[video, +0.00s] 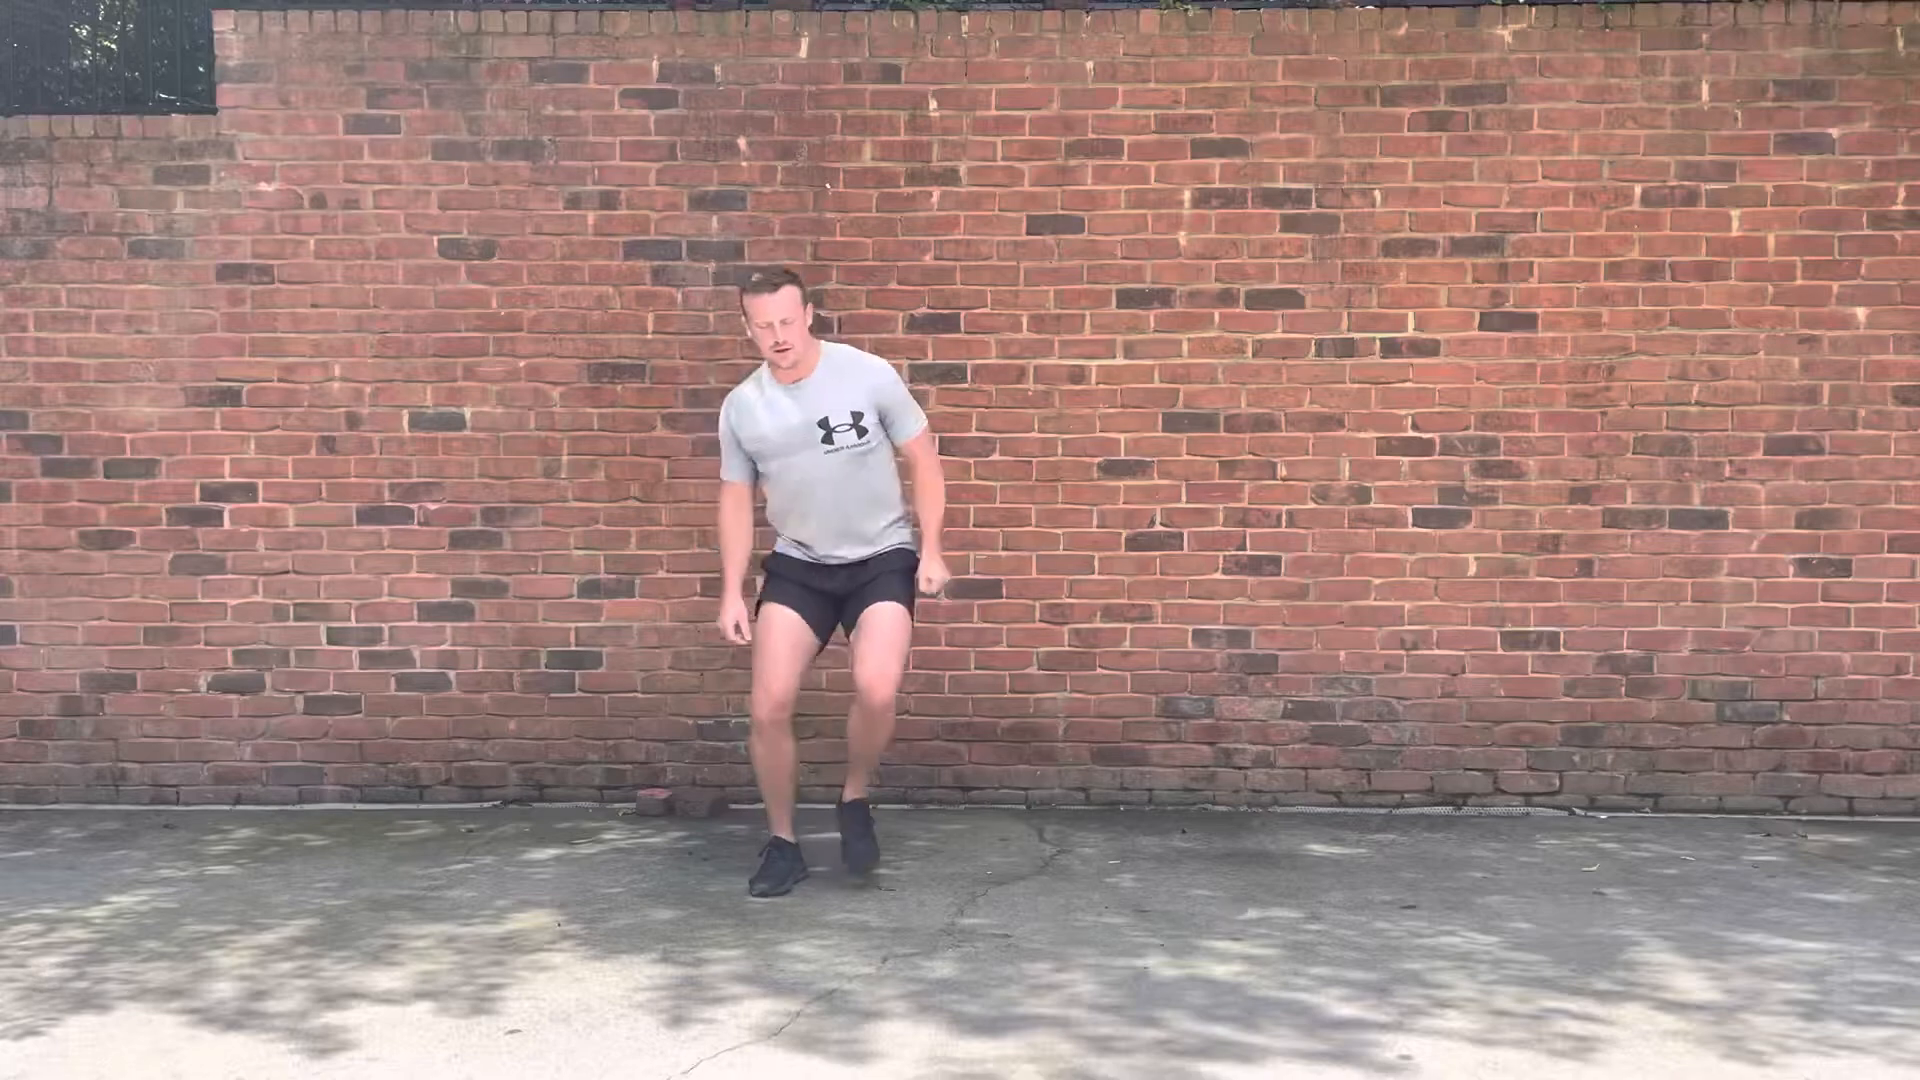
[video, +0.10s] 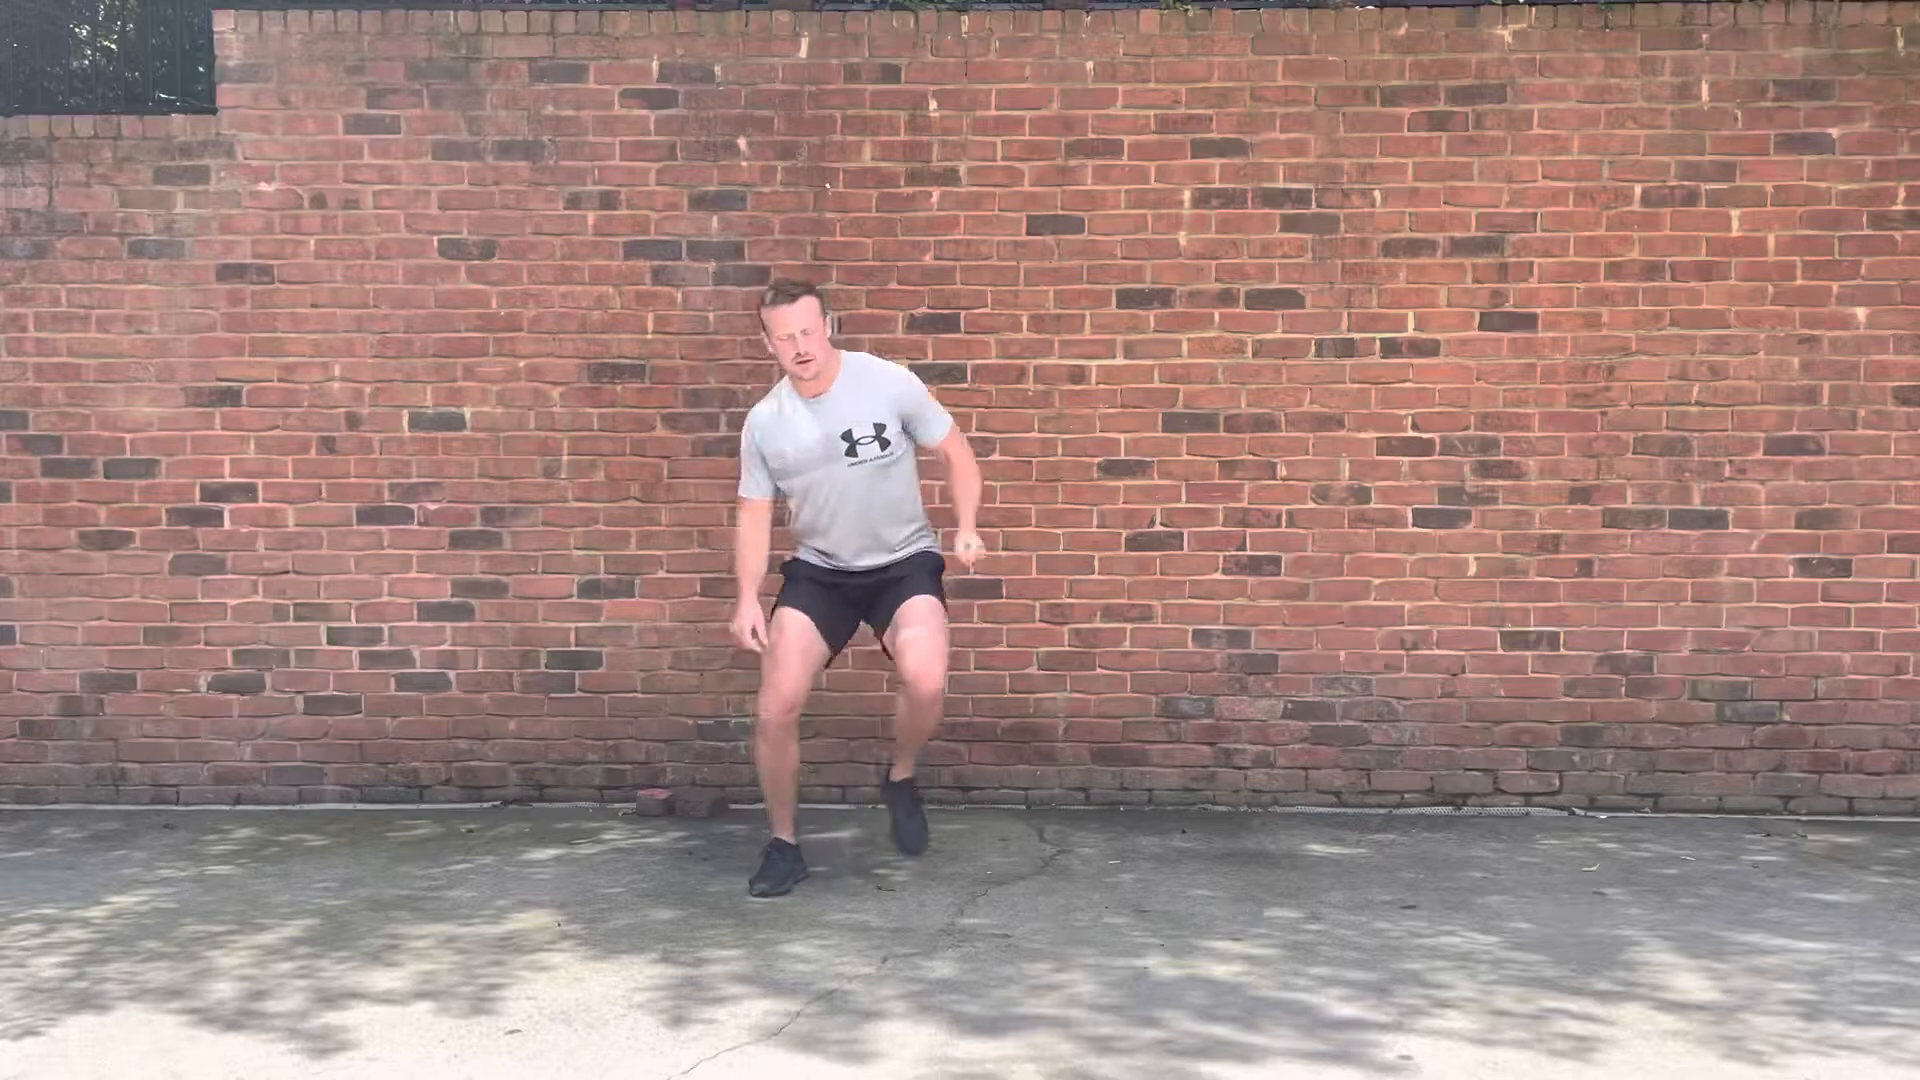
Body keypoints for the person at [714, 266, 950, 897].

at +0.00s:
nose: (776, 337)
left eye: (785, 323)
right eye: (762, 327)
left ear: (809, 316)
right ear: (749, 331)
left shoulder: (870, 376)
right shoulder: (742, 409)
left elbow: (922, 457)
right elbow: (737, 499)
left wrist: (932, 549)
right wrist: (732, 590)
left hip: (883, 558)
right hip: (798, 563)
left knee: (878, 692)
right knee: (768, 704)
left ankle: (856, 799)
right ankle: (782, 842)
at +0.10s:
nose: (798, 348)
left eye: (806, 333)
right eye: (784, 338)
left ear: (829, 328)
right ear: (770, 346)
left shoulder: (890, 383)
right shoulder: (764, 423)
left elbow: (955, 450)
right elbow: (754, 515)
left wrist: (966, 527)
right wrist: (747, 598)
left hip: (905, 562)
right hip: (820, 570)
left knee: (928, 683)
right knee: (775, 705)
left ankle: (900, 778)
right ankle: (783, 841)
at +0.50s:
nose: (1000, 307)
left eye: (1007, 292)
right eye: (984, 297)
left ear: (1019, 287)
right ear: (958, 301)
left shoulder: (1076, 338)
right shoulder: (943, 381)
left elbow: (1137, 405)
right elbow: (916, 463)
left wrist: (1099, 461)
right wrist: (886, 524)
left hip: (1087, 525)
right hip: (1004, 536)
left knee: (1103, 664)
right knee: (1005, 682)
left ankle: (1053, 734)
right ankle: (1027, 835)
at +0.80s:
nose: (1208, 316)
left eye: (1217, 300)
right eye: (1193, 305)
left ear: (1229, 290)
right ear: (1164, 305)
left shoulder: (1275, 334)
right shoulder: (1142, 387)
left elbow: (1357, 371)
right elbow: (1098, 469)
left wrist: (1402, 427)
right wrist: (1100, 515)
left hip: (1293, 523)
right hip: (1197, 543)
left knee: (1407, 632)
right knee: (1143, 685)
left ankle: (1395, 737)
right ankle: (1081, 833)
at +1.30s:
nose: (1538, 404)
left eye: (1551, 391)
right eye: (1527, 387)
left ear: (1564, 390)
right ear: (1499, 376)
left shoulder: (1581, 453)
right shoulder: (1443, 430)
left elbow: (1659, 515)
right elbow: (1346, 485)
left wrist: (1710, 527)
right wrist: (1405, 469)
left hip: (1526, 601)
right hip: (1434, 607)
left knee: (1618, 721)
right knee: (1455, 756)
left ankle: (1636, 855)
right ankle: (1472, 765)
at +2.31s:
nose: (777, 406)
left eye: (789, 390)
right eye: (765, 393)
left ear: (821, 377)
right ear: (754, 387)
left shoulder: (881, 435)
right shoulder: (745, 436)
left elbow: (936, 517)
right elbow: (689, 461)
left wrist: (861, 550)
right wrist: (615, 495)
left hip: (865, 618)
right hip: (777, 603)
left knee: (878, 779)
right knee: (706, 732)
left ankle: (824, 749)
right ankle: (658, 864)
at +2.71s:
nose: (831, 320)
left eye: (840, 302)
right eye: (815, 307)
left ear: (859, 285)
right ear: (793, 301)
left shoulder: (911, 327)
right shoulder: (769, 372)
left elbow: (1011, 321)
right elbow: (701, 457)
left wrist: (1066, 376)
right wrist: (689, 434)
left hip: (918, 521)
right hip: (822, 541)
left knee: (1017, 619)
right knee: (766, 684)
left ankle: (939, 683)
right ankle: (687, 844)